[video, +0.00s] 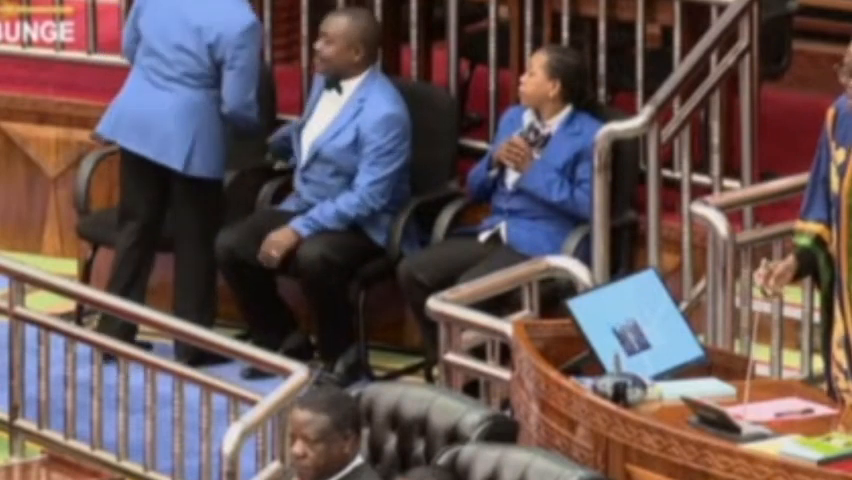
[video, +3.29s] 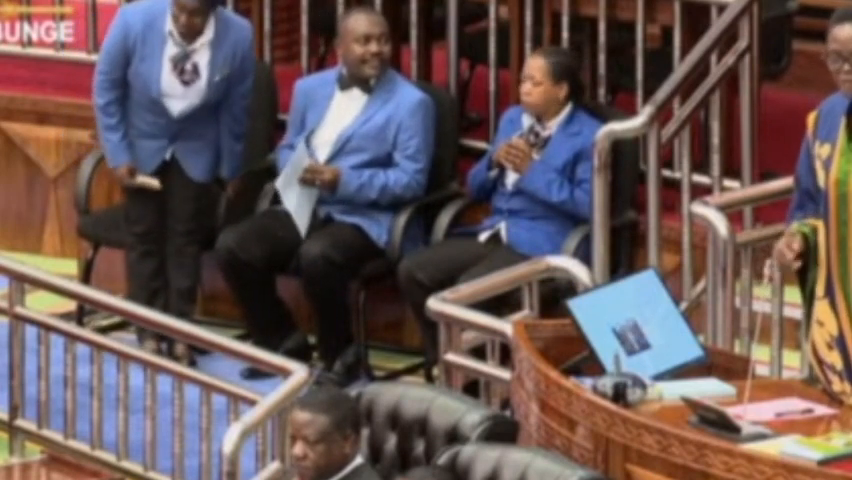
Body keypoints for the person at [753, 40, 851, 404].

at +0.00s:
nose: (843, 72)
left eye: (847, 65)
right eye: (843, 65)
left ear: (850, 70)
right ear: (839, 69)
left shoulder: (839, 117)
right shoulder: (839, 116)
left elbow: (821, 198)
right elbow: (822, 197)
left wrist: (797, 261)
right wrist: (797, 261)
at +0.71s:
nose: (844, 69)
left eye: (849, 62)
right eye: (843, 61)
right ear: (839, 61)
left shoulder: (840, 114)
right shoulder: (839, 113)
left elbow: (819, 203)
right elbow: (821, 201)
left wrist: (797, 259)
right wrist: (796, 260)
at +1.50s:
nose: (844, 75)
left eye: (849, 65)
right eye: (839, 65)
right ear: (829, 67)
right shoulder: (834, 117)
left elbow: (820, 201)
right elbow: (819, 199)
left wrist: (798, 235)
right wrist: (796, 237)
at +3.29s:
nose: (844, 69)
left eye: (849, 58)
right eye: (837, 58)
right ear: (825, 58)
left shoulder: (830, 119)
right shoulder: (824, 119)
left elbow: (806, 204)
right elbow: (807, 203)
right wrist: (795, 237)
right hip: (830, 325)